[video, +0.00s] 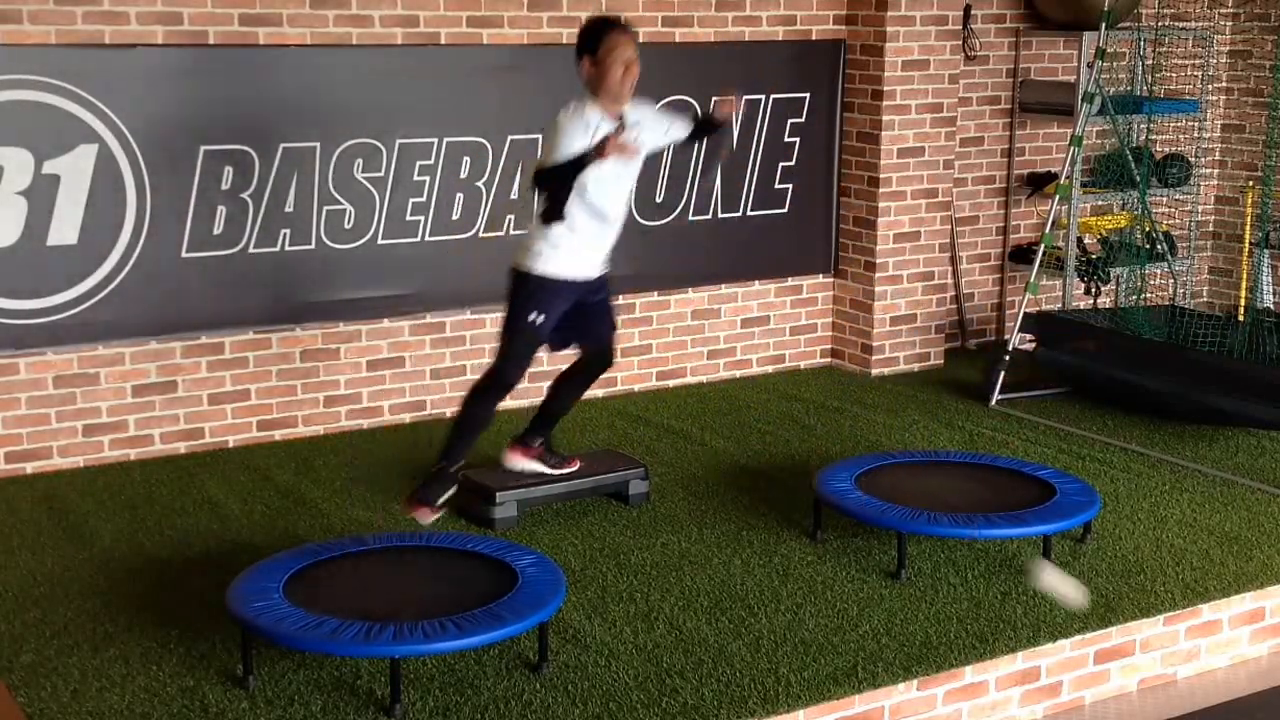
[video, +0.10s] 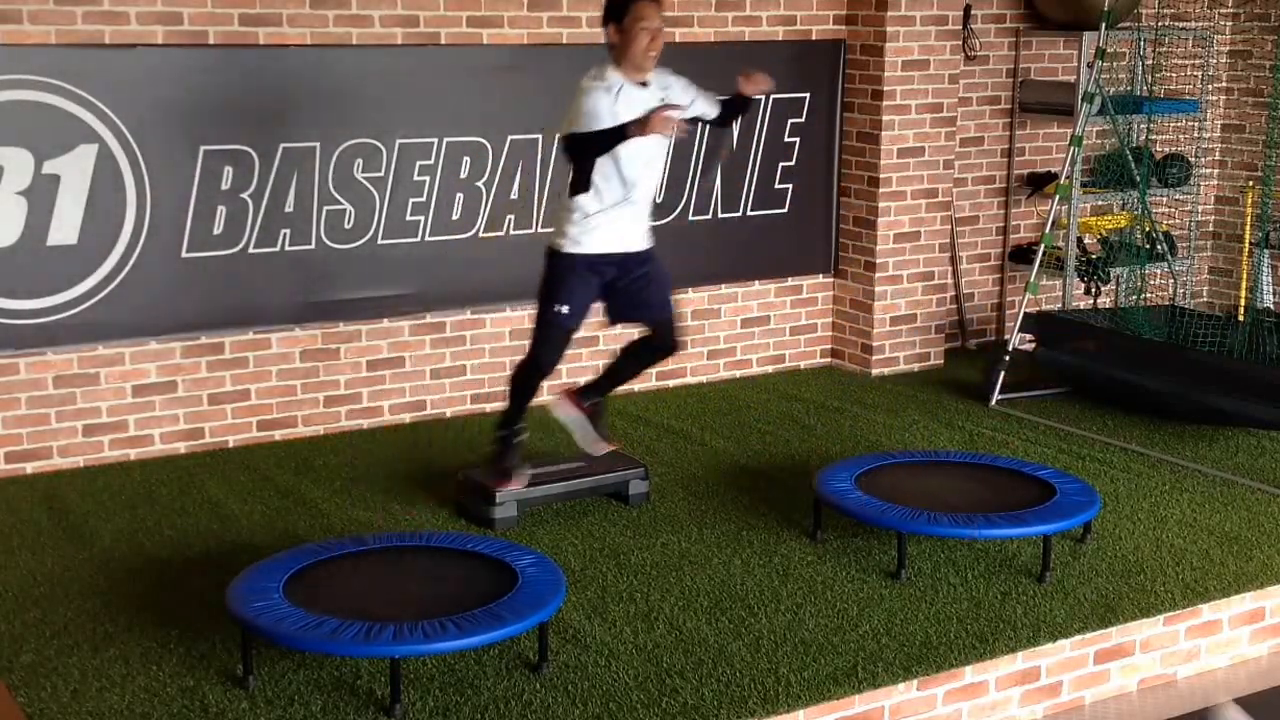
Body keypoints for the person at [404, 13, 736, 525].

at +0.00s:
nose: (632, 72)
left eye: (635, 61)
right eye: (620, 63)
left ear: (638, 65)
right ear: (589, 67)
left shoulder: (640, 119)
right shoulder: (573, 119)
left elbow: (690, 126)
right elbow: (544, 185)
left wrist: (717, 118)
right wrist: (595, 154)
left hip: (590, 273)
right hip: (544, 270)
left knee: (599, 356)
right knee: (505, 373)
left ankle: (531, 442)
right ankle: (440, 479)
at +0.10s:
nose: (657, 41)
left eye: (660, 31)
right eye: (646, 31)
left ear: (664, 37)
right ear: (614, 34)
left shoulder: (668, 87)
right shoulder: (596, 90)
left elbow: (719, 113)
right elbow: (577, 150)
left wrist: (747, 96)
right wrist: (637, 128)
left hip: (635, 248)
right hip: (579, 250)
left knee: (665, 339)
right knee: (543, 358)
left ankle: (587, 398)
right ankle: (507, 440)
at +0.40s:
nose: (782, 126)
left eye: (785, 116)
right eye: (770, 116)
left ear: (786, 123)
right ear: (738, 120)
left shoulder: (787, 168)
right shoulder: (712, 175)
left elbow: (838, 217)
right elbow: (677, 251)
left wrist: (890, 237)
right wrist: (736, 288)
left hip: (758, 294)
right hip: (693, 298)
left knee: (838, 353)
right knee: (615, 376)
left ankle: (893, 462)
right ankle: (548, 447)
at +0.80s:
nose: (945, 257)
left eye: (947, 247)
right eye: (936, 247)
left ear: (937, 250)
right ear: (900, 246)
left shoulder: (925, 288)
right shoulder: (855, 283)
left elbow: (970, 329)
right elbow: (820, 366)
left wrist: (1022, 320)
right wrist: (848, 434)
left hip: (837, 356)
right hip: (776, 358)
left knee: (925, 347)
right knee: (671, 413)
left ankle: (907, 468)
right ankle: (566, 450)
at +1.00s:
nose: (956, 264)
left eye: (959, 254)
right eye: (948, 252)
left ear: (947, 256)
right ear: (913, 248)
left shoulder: (927, 300)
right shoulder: (863, 282)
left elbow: (957, 361)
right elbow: (830, 362)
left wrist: (1014, 372)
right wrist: (857, 431)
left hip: (838, 351)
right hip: (776, 346)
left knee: (928, 350)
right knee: (670, 407)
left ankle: (906, 467)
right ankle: (566, 449)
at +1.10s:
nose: (944, 244)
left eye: (945, 233)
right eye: (933, 233)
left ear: (928, 240)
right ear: (895, 234)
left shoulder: (917, 285)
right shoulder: (847, 271)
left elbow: (926, 358)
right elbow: (812, 352)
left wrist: (970, 416)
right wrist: (833, 419)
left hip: (828, 343)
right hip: (765, 338)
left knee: (913, 350)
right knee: (666, 401)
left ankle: (903, 465)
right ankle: (563, 448)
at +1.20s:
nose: (907, 216)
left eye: (909, 206)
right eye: (897, 206)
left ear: (903, 213)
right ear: (860, 211)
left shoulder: (894, 261)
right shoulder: (816, 253)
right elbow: (780, 323)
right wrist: (787, 397)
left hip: (819, 334)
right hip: (753, 331)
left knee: (902, 350)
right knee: (655, 393)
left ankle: (907, 464)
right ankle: (561, 446)